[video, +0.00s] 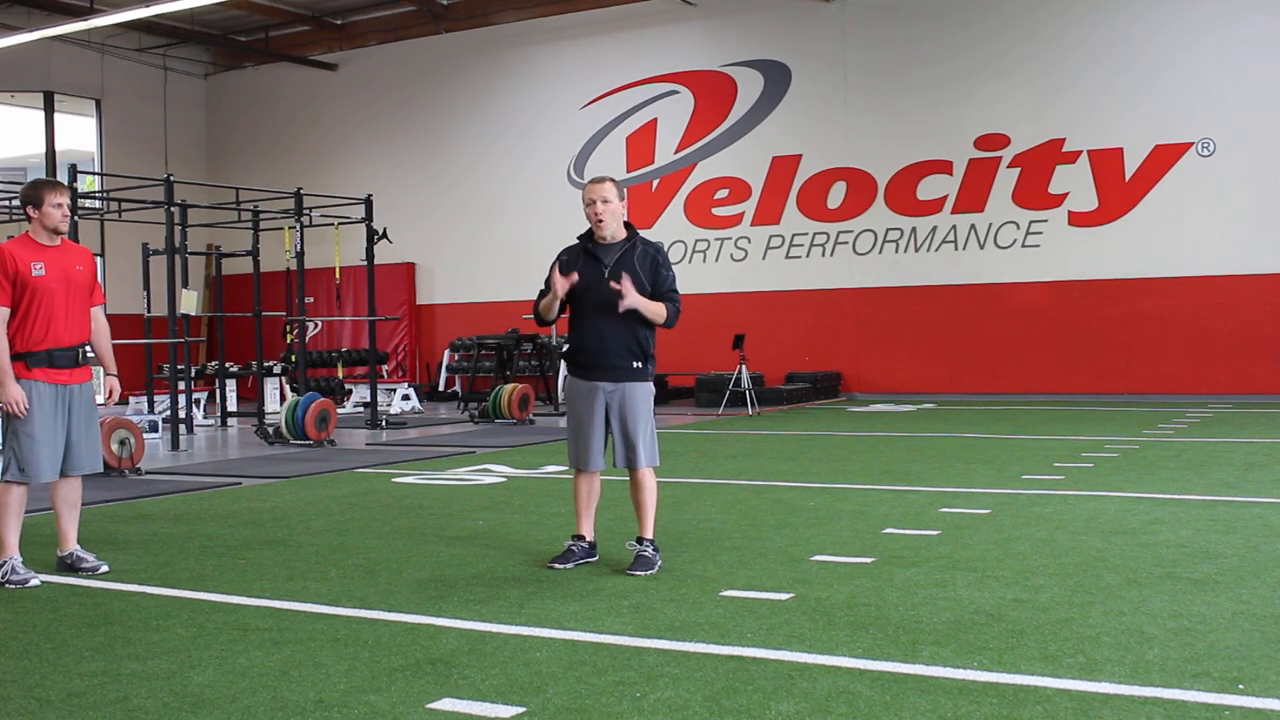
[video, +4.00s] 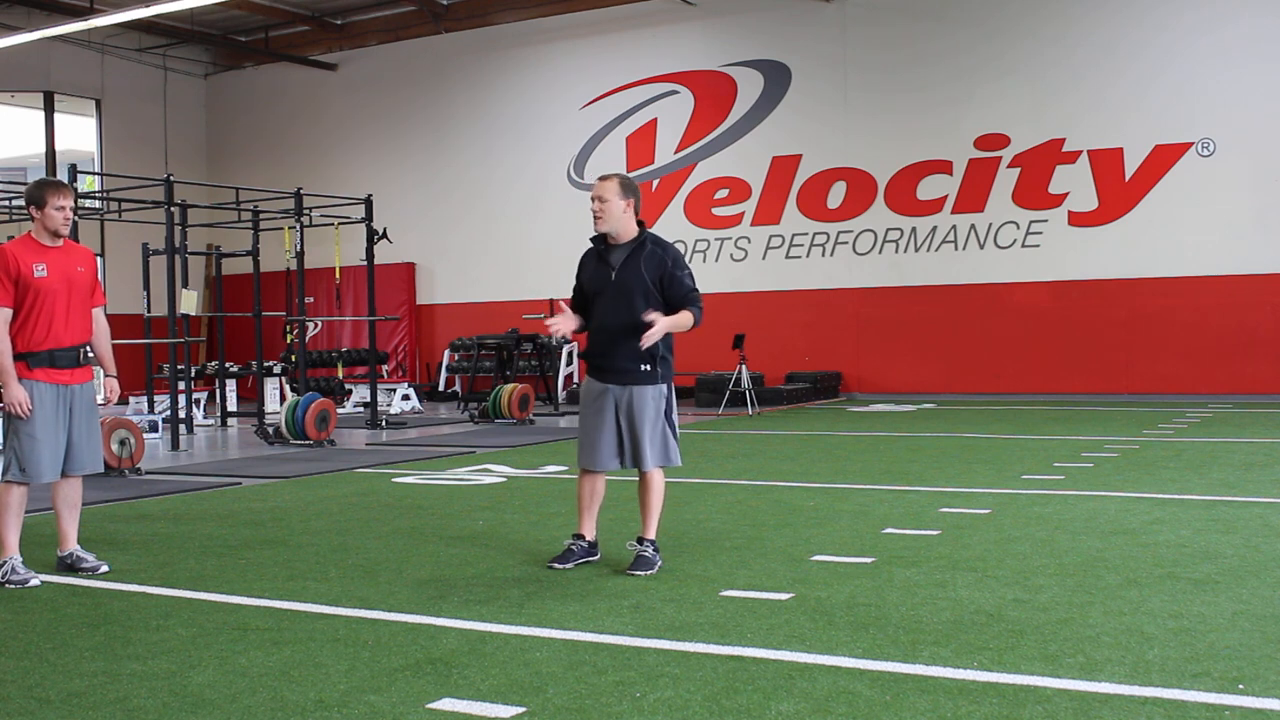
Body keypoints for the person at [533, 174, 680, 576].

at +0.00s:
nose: (597, 209)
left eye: (604, 202)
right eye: (590, 203)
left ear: (623, 205)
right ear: (584, 209)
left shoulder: (651, 255)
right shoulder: (571, 257)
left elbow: (671, 314)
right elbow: (542, 317)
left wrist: (639, 302)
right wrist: (555, 295)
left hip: (633, 379)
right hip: (582, 377)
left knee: (640, 463)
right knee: (585, 462)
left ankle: (646, 544)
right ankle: (583, 542)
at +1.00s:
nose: (593, 210)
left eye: (601, 203)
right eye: (588, 204)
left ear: (622, 207)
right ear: (583, 210)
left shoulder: (652, 256)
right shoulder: (571, 258)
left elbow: (677, 316)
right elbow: (546, 321)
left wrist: (652, 308)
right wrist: (559, 298)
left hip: (634, 380)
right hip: (583, 378)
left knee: (640, 463)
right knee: (585, 463)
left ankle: (647, 544)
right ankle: (584, 542)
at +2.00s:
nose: (586, 211)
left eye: (594, 204)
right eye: (583, 204)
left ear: (619, 207)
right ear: (582, 209)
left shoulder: (652, 256)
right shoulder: (572, 257)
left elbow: (678, 313)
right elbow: (541, 313)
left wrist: (652, 311)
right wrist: (554, 287)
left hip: (635, 380)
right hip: (584, 378)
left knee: (641, 463)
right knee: (586, 463)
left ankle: (647, 544)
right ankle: (584, 542)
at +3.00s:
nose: (583, 212)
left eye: (592, 204)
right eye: (580, 205)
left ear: (616, 208)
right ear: (577, 211)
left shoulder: (647, 253)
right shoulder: (572, 259)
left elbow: (657, 310)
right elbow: (551, 321)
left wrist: (596, 301)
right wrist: (558, 315)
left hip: (634, 379)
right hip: (586, 379)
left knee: (641, 463)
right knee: (587, 462)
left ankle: (647, 544)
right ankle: (584, 542)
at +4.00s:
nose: (593, 208)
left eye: (601, 201)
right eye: (592, 202)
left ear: (628, 206)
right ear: (599, 206)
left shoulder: (663, 255)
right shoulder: (591, 258)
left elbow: (693, 311)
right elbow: (582, 312)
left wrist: (667, 322)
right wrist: (569, 320)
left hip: (646, 381)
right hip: (598, 378)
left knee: (649, 464)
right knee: (591, 463)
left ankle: (647, 545)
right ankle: (584, 541)